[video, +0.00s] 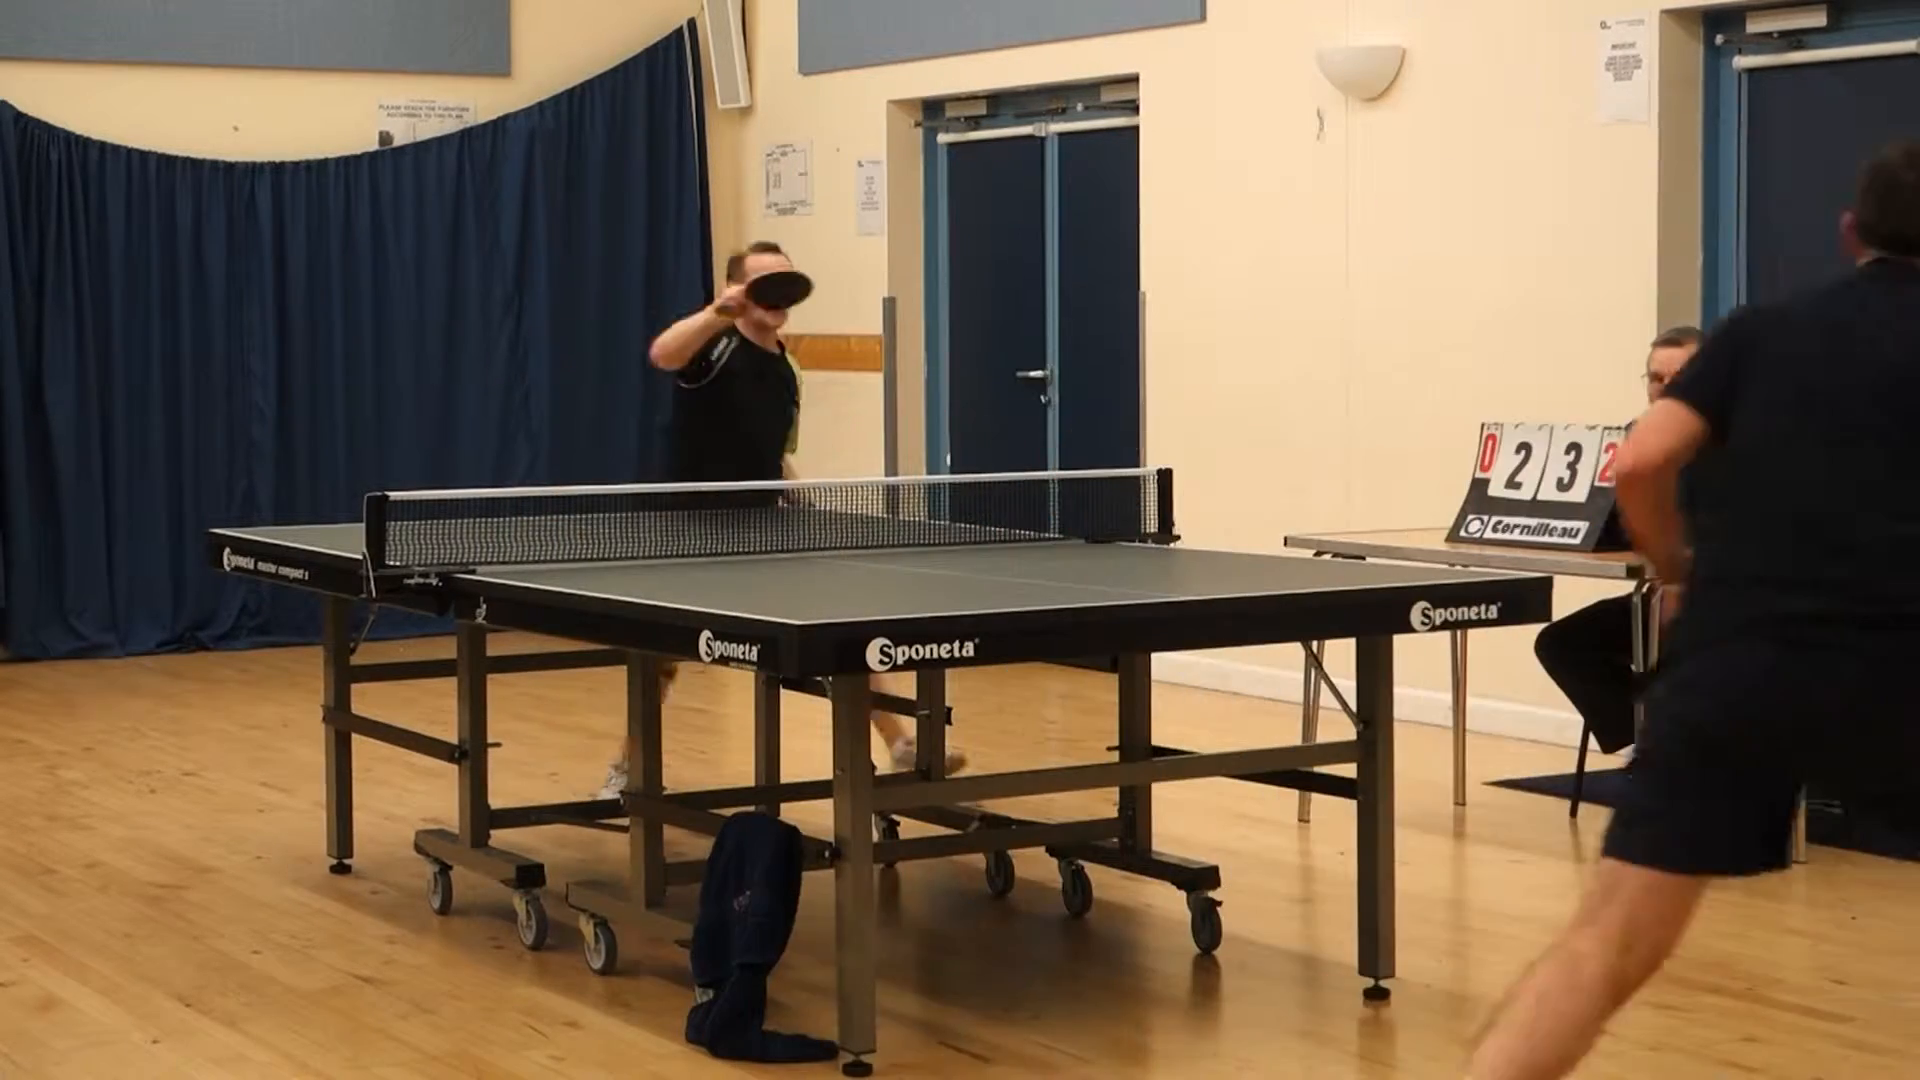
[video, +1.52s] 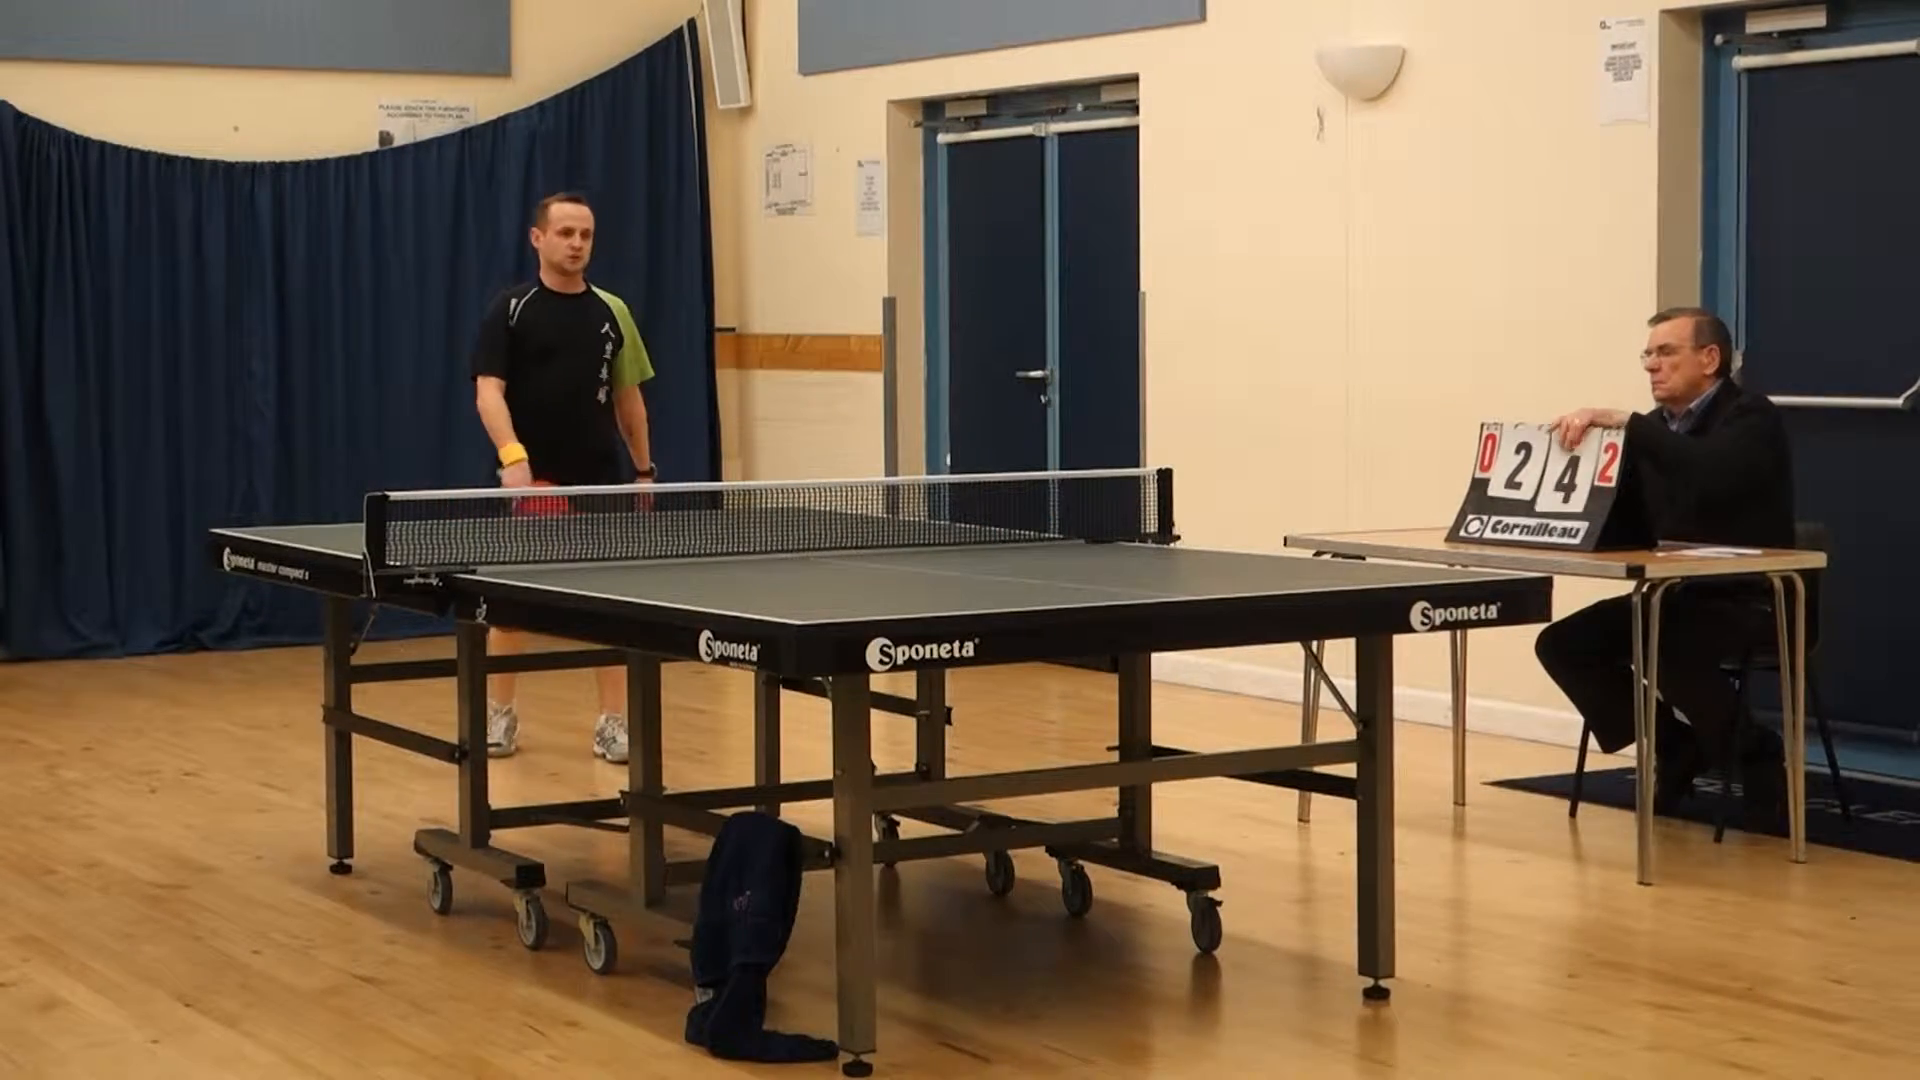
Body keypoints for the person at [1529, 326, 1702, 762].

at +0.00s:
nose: (1666, 390)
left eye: (1679, 379)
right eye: (1657, 379)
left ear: (1704, 383)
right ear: (1646, 381)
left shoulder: (1722, 445)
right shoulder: (1639, 440)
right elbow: (1602, 534)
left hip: (1720, 602)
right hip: (1662, 595)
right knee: (1559, 643)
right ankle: (1646, 742)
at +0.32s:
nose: (1652, 390)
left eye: (1667, 380)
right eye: (1647, 378)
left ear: (1710, 387)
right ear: (1641, 379)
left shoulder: (1746, 436)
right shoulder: (1640, 437)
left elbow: (1733, 527)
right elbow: (1611, 518)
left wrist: (1643, 530)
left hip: (1753, 600)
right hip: (1671, 595)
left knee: (1667, 646)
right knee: (1561, 644)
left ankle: (1759, 754)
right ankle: (1673, 741)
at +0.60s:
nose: (1651, 378)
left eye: (1666, 368)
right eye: (1650, 366)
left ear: (1710, 379)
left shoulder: (1750, 434)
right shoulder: (1645, 435)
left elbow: (1736, 526)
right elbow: (1617, 519)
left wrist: (1643, 528)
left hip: (1753, 598)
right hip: (1671, 594)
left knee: (1666, 645)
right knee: (1562, 644)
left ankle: (1756, 751)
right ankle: (1672, 741)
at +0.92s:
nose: (1649, 370)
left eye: (1664, 359)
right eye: (1648, 359)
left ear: (1709, 368)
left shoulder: (1754, 429)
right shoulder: (1647, 430)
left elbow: (1751, 520)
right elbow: (1618, 527)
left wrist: (1660, 471)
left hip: (1749, 596)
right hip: (1669, 592)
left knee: (1668, 647)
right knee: (1561, 645)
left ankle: (1750, 748)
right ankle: (1671, 741)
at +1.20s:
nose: (1652, 366)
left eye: (1667, 354)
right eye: (1650, 355)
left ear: (1711, 361)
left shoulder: (1755, 423)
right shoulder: (1651, 428)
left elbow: (1721, 491)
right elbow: (1618, 525)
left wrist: (1642, 445)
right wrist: (1577, 454)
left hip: (1753, 594)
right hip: (1672, 592)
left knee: (1669, 646)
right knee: (1563, 644)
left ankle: (1751, 748)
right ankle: (1672, 740)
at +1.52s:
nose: (1651, 365)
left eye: (1665, 353)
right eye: (1649, 354)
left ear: (1710, 359)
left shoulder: (1754, 419)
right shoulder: (1652, 428)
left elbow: (1707, 467)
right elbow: (1615, 524)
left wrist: (1627, 424)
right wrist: (1563, 450)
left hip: (1753, 595)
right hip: (1675, 592)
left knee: (1665, 646)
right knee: (1562, 643)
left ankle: (1752, 747)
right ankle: (1673, 742)